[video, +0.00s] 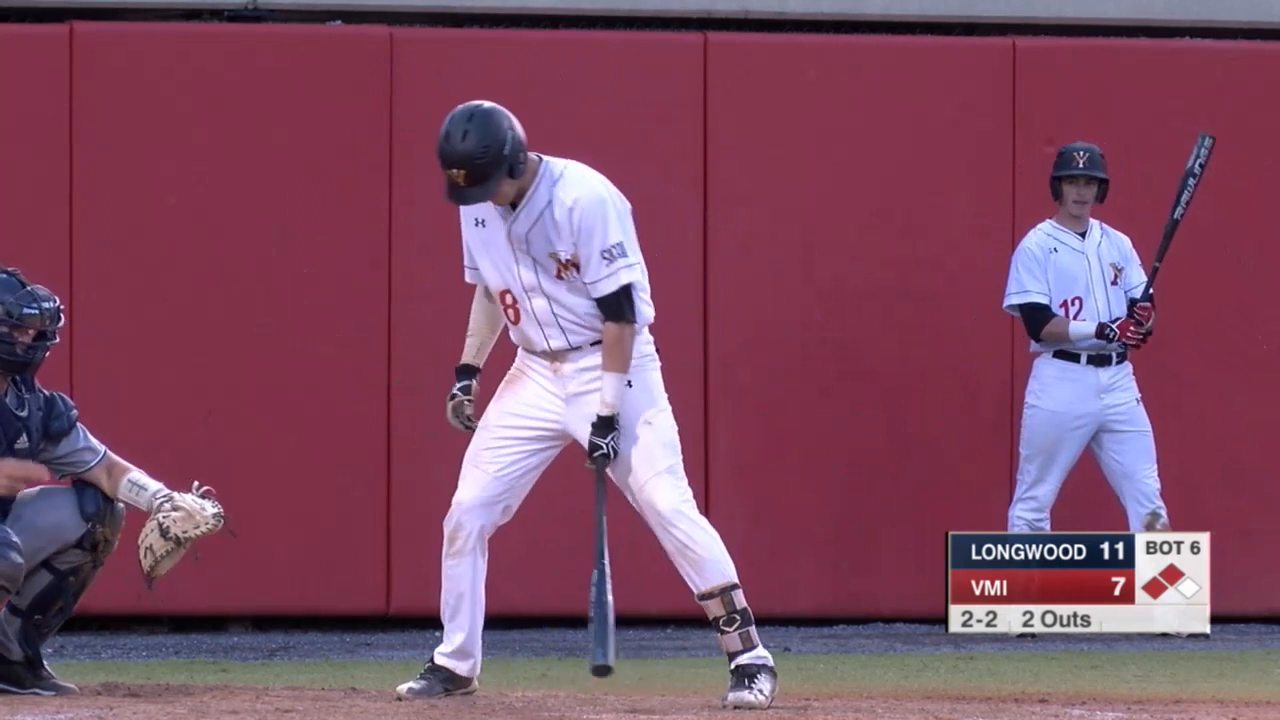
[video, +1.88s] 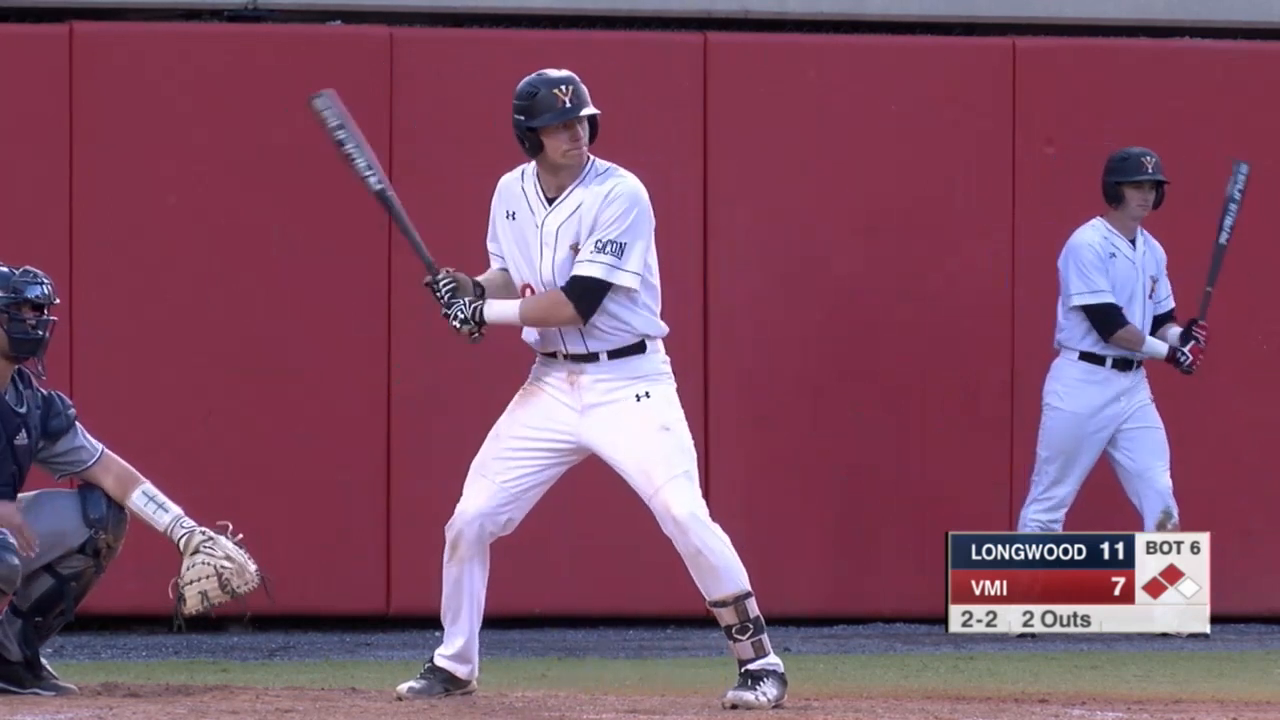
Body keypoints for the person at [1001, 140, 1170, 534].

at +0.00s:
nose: (1080, 191)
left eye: (1089, 183)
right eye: (1072, 182)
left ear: (1100, 189)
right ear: (1057, 186)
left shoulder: (1118, 244)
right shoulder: (1035, 246)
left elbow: (1142, 304)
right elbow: (1041, 326)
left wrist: (1142, 319)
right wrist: (1104, 331)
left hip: (1118, 384)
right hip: (1060, 383)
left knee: (1148, 504)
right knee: (1033, 504)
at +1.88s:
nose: (1147, 195)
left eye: (1152, 187)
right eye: (1138, 186)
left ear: (1158, 193)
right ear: (1115, 189)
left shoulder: (1152, 251)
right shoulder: (1086, 244)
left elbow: (1159, 321)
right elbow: (1110, 326)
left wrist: (1180, 336)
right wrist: (1166, 352)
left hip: (1132, 388)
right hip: (1080, 384)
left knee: (1160, 502)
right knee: (1048, 504)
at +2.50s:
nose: (1198, 209)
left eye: (1203, 201)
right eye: (1189, 200)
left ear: (1207, 206)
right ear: (1163, 203)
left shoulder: (1192, 257)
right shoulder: (1130, 259)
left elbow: (1185, 323)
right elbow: (1115, 345)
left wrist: (1208, 364)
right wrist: (1138, 411)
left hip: (1147, 386)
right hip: (1099, 382)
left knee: (1171, 495)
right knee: (1060, 484)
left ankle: (1179, 592)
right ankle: (1000, 576)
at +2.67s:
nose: (1175, 215)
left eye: (1179, 207)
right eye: (1165, 207)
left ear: (1183, 212)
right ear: (1140, 210)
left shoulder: (1174, 264)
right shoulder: (1102, 266)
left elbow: (1172, 330)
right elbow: (1078, 348)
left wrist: (1189, 369)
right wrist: (1080, 408)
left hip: (1135, 398)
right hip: (1081, 391)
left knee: (1165, 505)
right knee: (1047, 496)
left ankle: (1171, 609)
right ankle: (992, 591)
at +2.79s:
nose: (1147, 218)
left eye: (1153, 210)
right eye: (1138, 210)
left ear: (1158, 216)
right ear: (1114, 213)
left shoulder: (1154, 266)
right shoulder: (1074, 268)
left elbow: (1156, 329)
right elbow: (1043, 339)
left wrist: (1167, 369)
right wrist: (1024, 394)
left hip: (1118, 401)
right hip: (1062, 395)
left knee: (1151, 505)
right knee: (1038, 497)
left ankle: (1165, 606)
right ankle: (991, 594)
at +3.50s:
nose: (1166, 225)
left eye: (1170, 217)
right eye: (1156, 217)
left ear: (1174, 223)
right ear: (1131, 221)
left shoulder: (1168, 274)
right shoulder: (1091, 275)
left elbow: (1169, 335)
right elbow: (1068, 357)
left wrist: (1180, 378)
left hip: (1128, 402)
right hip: (1072, 396)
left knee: (1160, 508)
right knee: (1047, 498)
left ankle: (1171, 608)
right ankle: (994, 590)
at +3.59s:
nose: (1180, 226)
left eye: (1185, 218)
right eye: (1171, 218)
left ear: (1188, 224)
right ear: (1146, 221)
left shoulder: (1181, 275)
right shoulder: (1108, 275)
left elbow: (1183, 340)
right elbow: (1098, 361)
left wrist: (1193, 384)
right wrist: (1141, 411)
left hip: (1138, 404)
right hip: (1084, 399)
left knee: (1167, 507)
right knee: (1055, 499)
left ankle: (1177, 608)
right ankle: (996, 592)